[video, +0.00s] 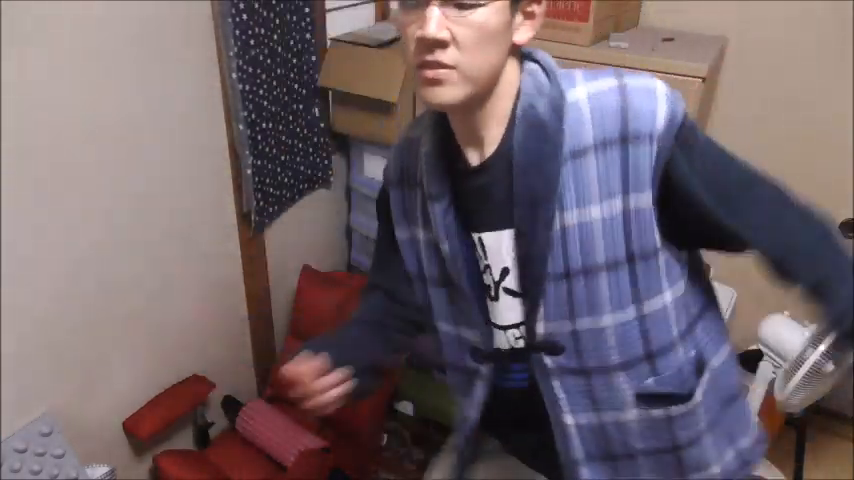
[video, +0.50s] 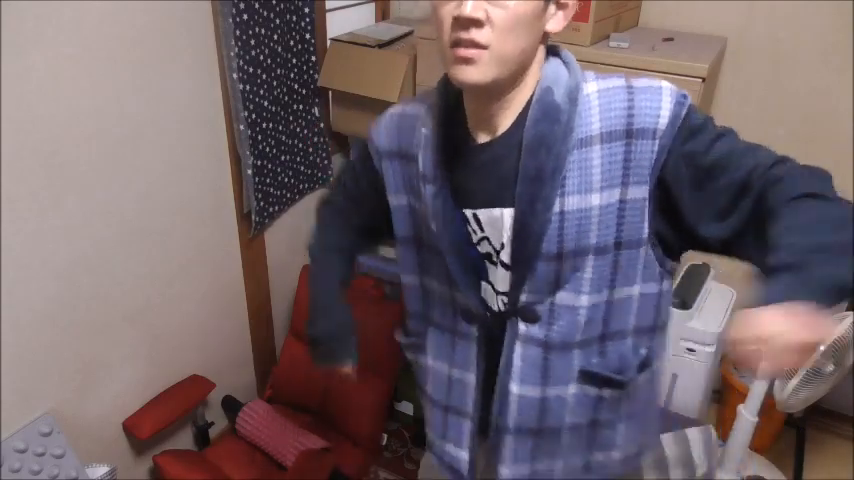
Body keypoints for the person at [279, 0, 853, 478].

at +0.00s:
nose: (428, 29)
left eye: (463, 4)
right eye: (416, 6)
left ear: (525, 20)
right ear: (401, 21)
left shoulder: (631, 120)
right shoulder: (409, 169)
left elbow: (789, 231)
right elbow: (390, 305)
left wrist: (851, 314)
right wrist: (336, 360)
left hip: (660, 445)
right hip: (511, 446)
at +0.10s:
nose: (425, 43)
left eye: (455, 16)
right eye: (408, 19)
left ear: (514, 28)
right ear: (391, 32)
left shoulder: (622, 104)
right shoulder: (418, 186)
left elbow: (757, 163)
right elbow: (411, 335)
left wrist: (851, 159)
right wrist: (386, 245)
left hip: (699, 448)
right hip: (543, 457)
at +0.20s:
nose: (435, 69)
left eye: (462, 42)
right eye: (416, 44)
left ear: (519, 56)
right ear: (400, 56)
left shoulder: (617, 122)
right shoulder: (421, 199)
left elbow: (737, 185)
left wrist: (849, 142)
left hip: (692, 442)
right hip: (550, 462)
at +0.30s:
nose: (439, 66)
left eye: (467, 41)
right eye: (422, 43)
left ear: (524, 55)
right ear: (406, 57)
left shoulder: (622, 135)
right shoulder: (426, 204)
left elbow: (741, 215)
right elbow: (418, 328)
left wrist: (848, 201)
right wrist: (358, 191)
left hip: (669, 456)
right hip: (529, 465)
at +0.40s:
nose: (450, 32)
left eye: (483, 8)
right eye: (438, 8)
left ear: (540, 29)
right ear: (419, 25)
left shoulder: (634, 132)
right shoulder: (412, 182)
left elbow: (760, 225)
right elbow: (408, 286)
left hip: (643, 462)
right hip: (495, 460)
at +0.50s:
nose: (466, 14)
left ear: (557, 17)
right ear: (436, 15)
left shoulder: (644, 127)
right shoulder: (399, 143)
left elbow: (793, 195)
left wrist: (804, 295)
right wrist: (328, 322)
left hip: (586, 462)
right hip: (454, 452)